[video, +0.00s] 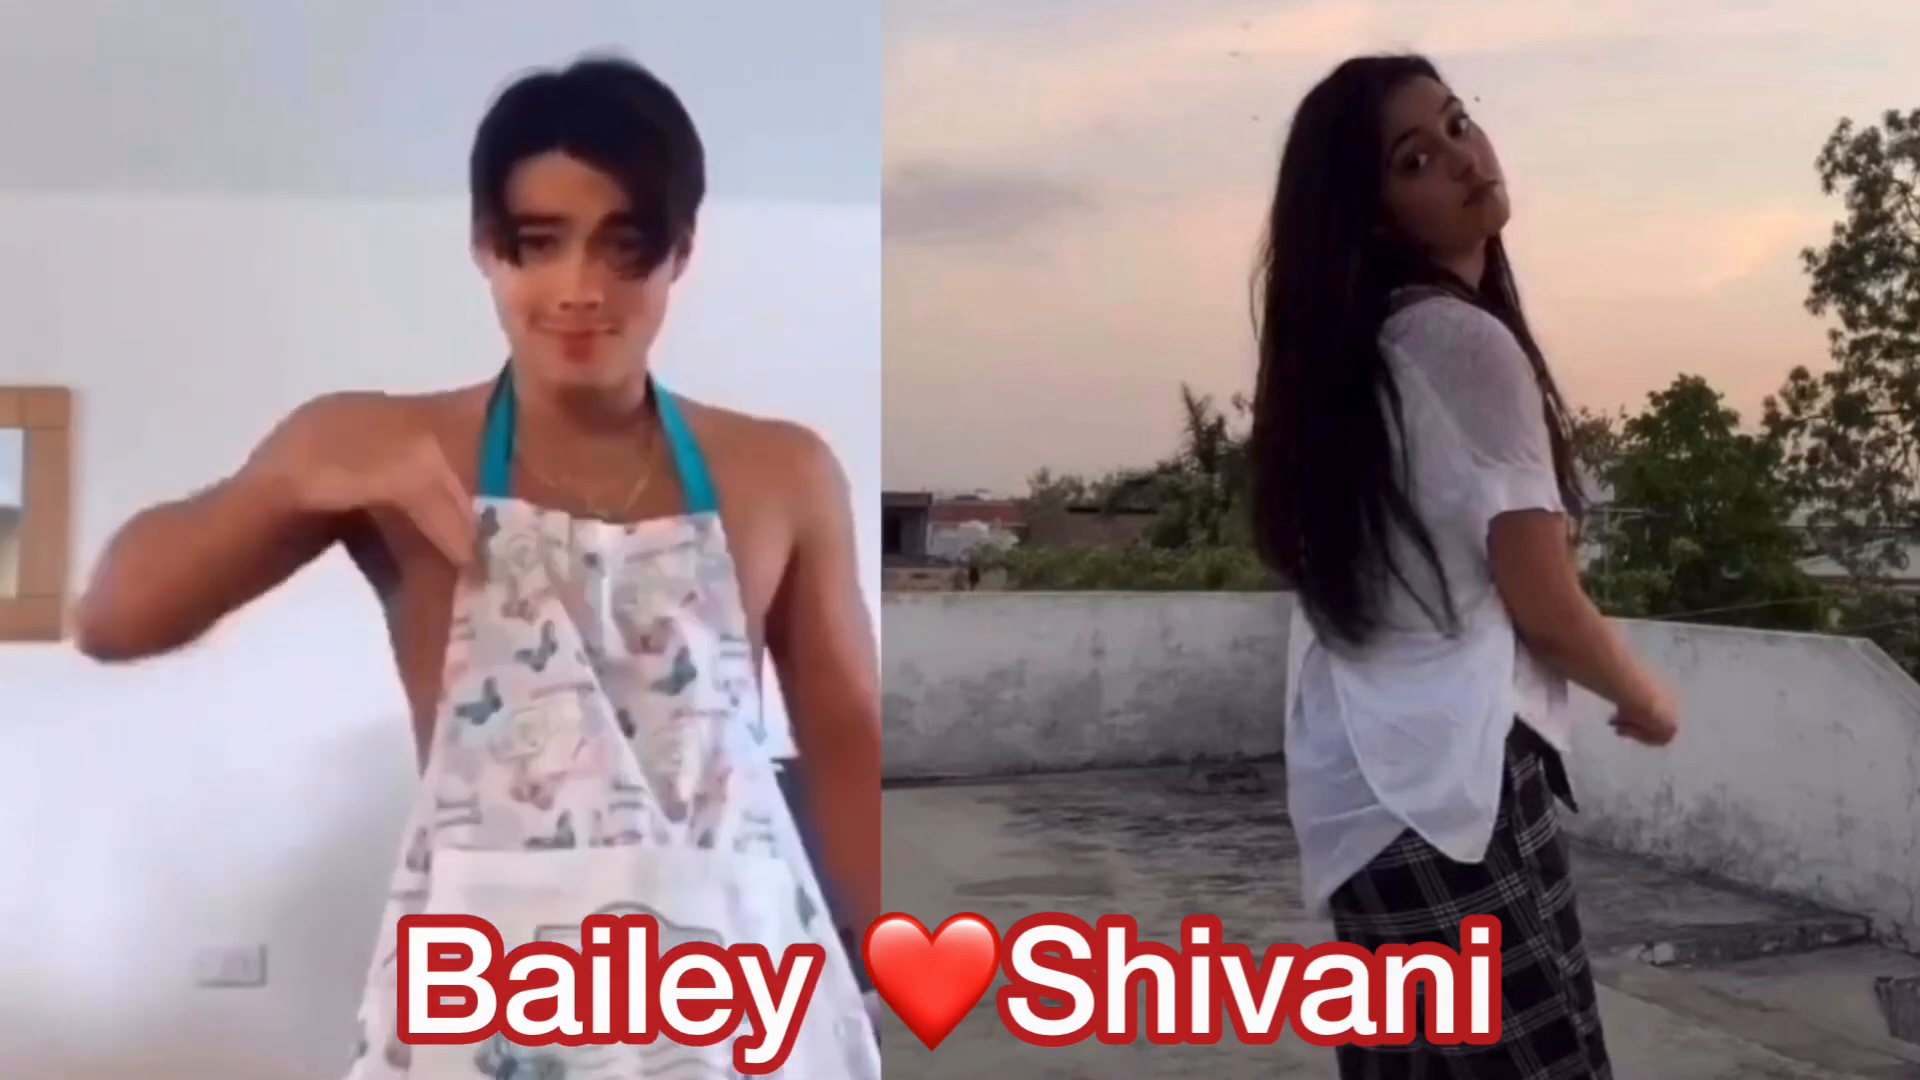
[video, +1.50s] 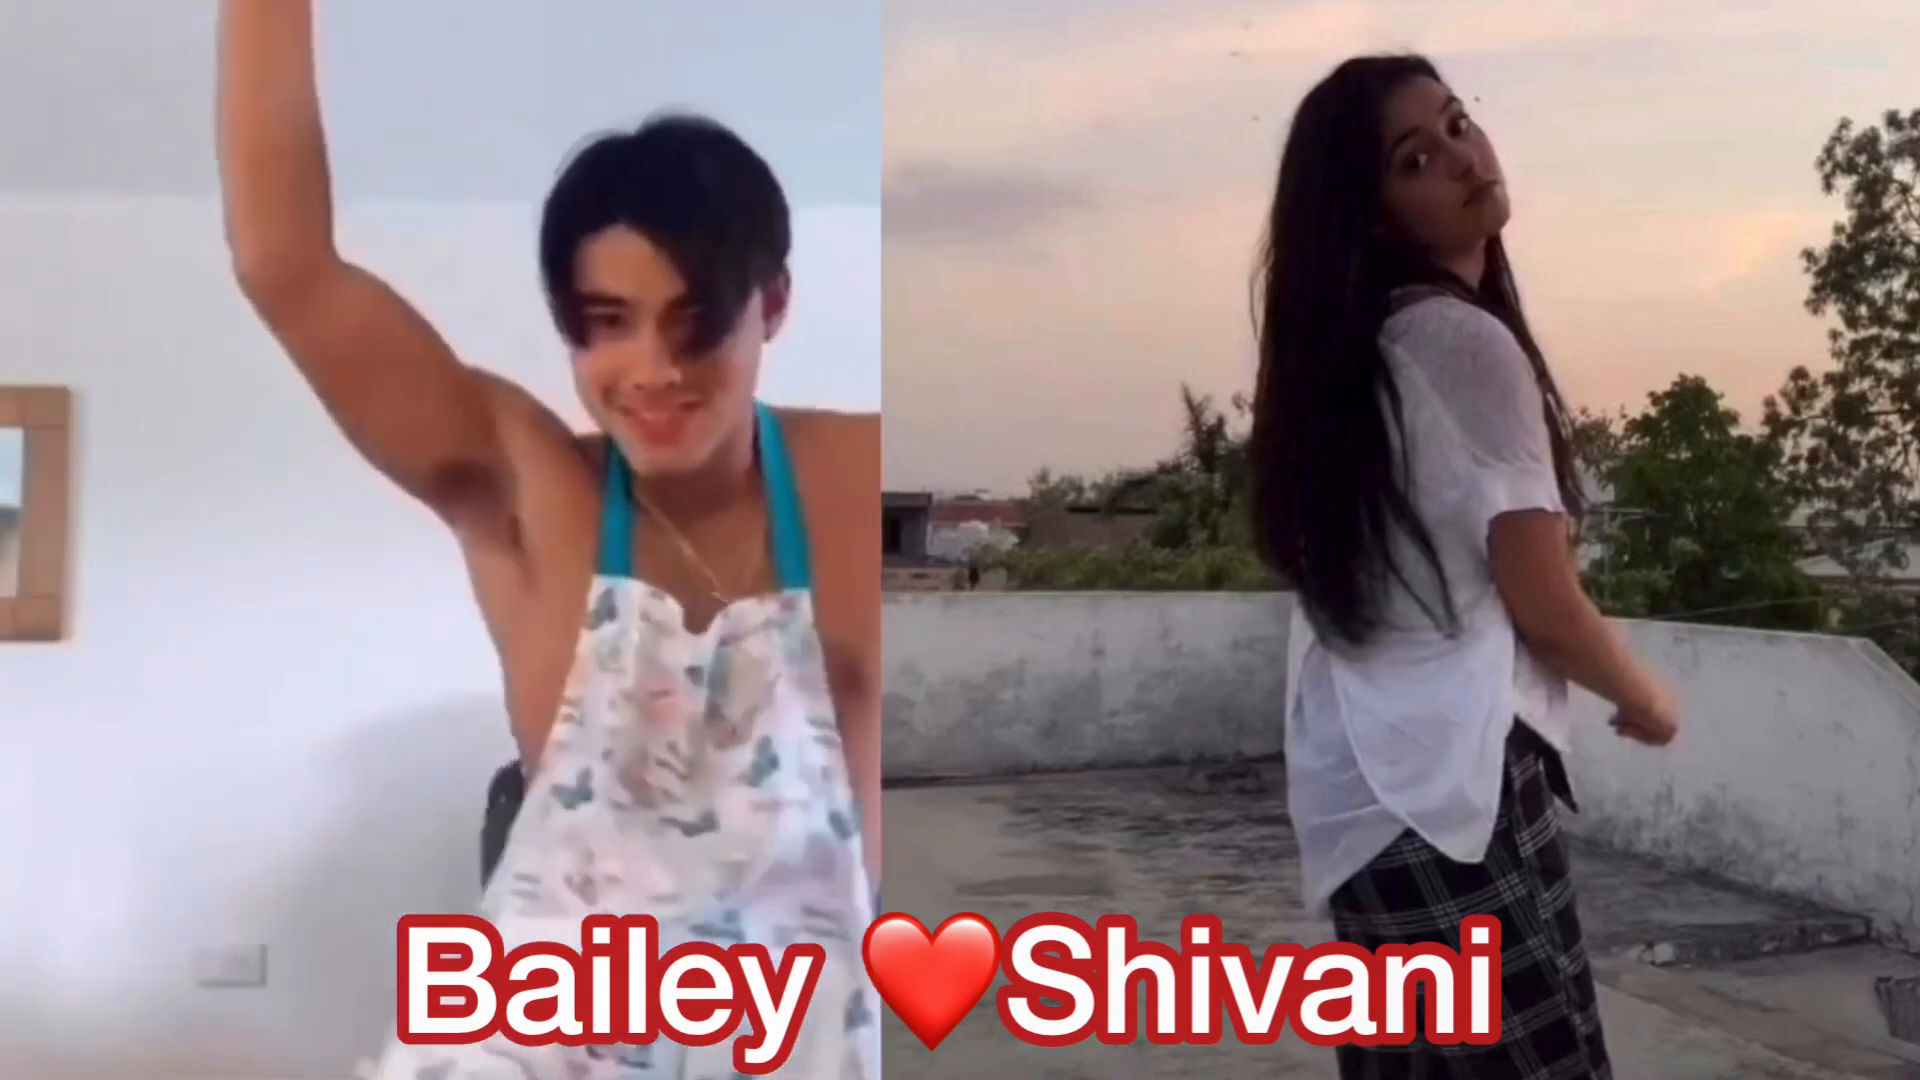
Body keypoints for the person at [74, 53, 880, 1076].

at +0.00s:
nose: (578, 291)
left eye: (624, 246)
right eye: (533, 245)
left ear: (682, 258)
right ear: (486, 255)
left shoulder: (784, 474)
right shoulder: (384, 453)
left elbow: (845, 759)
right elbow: (110, 621)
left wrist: (861, 990)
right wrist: (295, 476)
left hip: (745, 983)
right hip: (488, 996)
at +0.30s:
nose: (550, 281)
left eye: (597, 237)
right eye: (506, 231)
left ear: (657, 243)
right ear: (458, 234)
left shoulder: (746, 483)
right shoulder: (347, 410)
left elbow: (775, 757)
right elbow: (75, 455)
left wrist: (808, 1009)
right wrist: (194, 191)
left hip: (667, 1001)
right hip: (403, 999)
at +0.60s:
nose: (490, 268)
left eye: (538, 223)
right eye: (445, 219)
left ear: (595, 230)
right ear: (393, 220)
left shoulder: (695, 463)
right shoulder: (310, 390)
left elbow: (740, 737)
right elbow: (160, 98)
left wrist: (784, 1000)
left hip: (637, 982)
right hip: (373, 979)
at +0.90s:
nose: (465, 268)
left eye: (513, 221)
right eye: (420, 218)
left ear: (583, 222)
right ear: (377, 227)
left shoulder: (664, 495)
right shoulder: (290, 363)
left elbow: (739, 775)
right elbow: (126, 73)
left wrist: (809, 1043)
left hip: (584, 992)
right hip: (331, 985)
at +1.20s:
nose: (537, 243)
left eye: (584, 191)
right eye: (493, 193)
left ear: (659, 184)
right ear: (449, 197)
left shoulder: (756, 411)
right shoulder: (390, 307)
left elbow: (787, 718)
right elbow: (200, 50)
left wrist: (814, 1029)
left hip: (579, 942)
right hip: (329, 917)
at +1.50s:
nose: (653, 371)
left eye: (695, 319)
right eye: (605, 322)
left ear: (773, 309)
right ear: (566, 325)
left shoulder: (855, 470)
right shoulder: (505, 474)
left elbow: (858, 778)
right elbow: (285, 264)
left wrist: (853, 979)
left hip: (806, 1008)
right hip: (564, 1007)